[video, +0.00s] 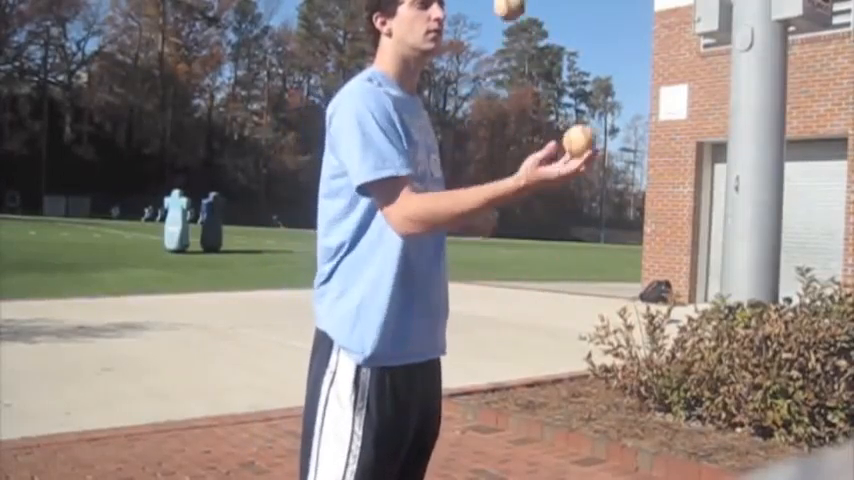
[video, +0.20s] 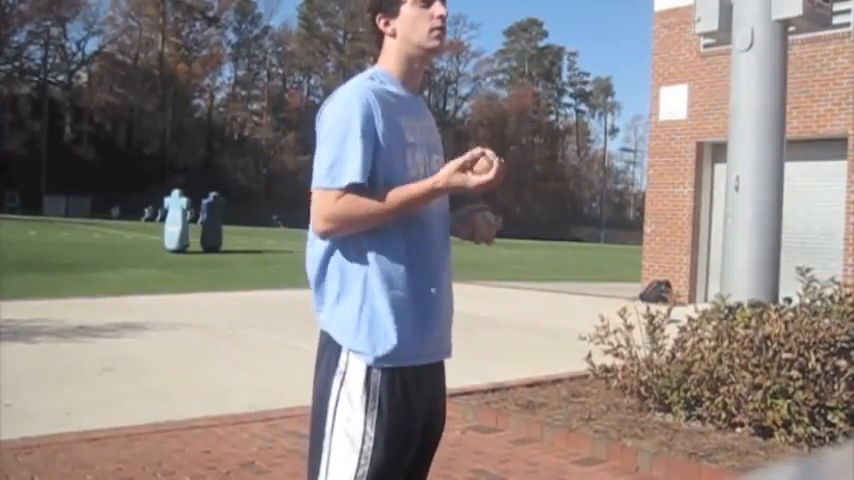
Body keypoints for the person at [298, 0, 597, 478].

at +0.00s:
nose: (439, 15)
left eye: (440, 6)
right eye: (422, 5)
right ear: (383, 21)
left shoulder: (413, 108)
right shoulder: (361, 100)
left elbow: (421, 212)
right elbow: (406, 214)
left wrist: (465, 219)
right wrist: (521, 181)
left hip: (417, 349)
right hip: (363, 351)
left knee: (404, 470)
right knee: (346, 471)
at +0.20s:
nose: (442, 12)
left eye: (442, 5)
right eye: (425, 4)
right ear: (386, 22)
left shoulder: (422, 113)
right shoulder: (355, 101)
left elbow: (407, 219)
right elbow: (327, 215)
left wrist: (456, 221)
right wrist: (436, 184)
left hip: (422, 346)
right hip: (367, 348)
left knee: (407, 469)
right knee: (355, 469)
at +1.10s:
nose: (358, 11)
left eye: (370, 1)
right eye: (343, 1)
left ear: (387, 14)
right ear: (320, 16)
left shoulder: (411, 113)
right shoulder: (276, 109)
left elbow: (414, 212)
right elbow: (237, 229)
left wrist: (439, 263)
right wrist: (307, 224)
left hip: (393, 370)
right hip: (304, 374)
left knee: (391, 471)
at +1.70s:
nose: (322, 8)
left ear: (356, 12)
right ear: (284, 8)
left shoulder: (382, 101)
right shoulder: (231, 107)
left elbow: (415, 192)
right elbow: (164, 213)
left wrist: (488, 241)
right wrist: (58, 233)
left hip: (371, 379)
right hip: (275, 388)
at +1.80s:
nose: (316, 10)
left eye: (331, 2)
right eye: (304, 2)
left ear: (350, 15)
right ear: (280, 12)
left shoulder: (381, 99)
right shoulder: (228, 106)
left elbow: (416, 189)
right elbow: (158, 211)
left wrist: (494, 231)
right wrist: (52, 236)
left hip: (370, 380)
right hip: (272, 389)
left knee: (377, 476)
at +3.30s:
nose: (305, 8)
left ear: (341, 10)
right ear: (269, 10)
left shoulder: (377, 109)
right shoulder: (221, 111)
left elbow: (410, 222)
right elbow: (171, 235)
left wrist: (469, 315)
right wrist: (257, 201)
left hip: (360, 382)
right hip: (260, 386)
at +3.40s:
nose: (305, 8)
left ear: (341, 10)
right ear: (269, 10)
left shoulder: (377, 109)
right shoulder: (221, 111)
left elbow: (410, 222)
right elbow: (171, 235)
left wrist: (469, 315)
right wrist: (256, 201)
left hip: (359, 382)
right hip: (260, 386)